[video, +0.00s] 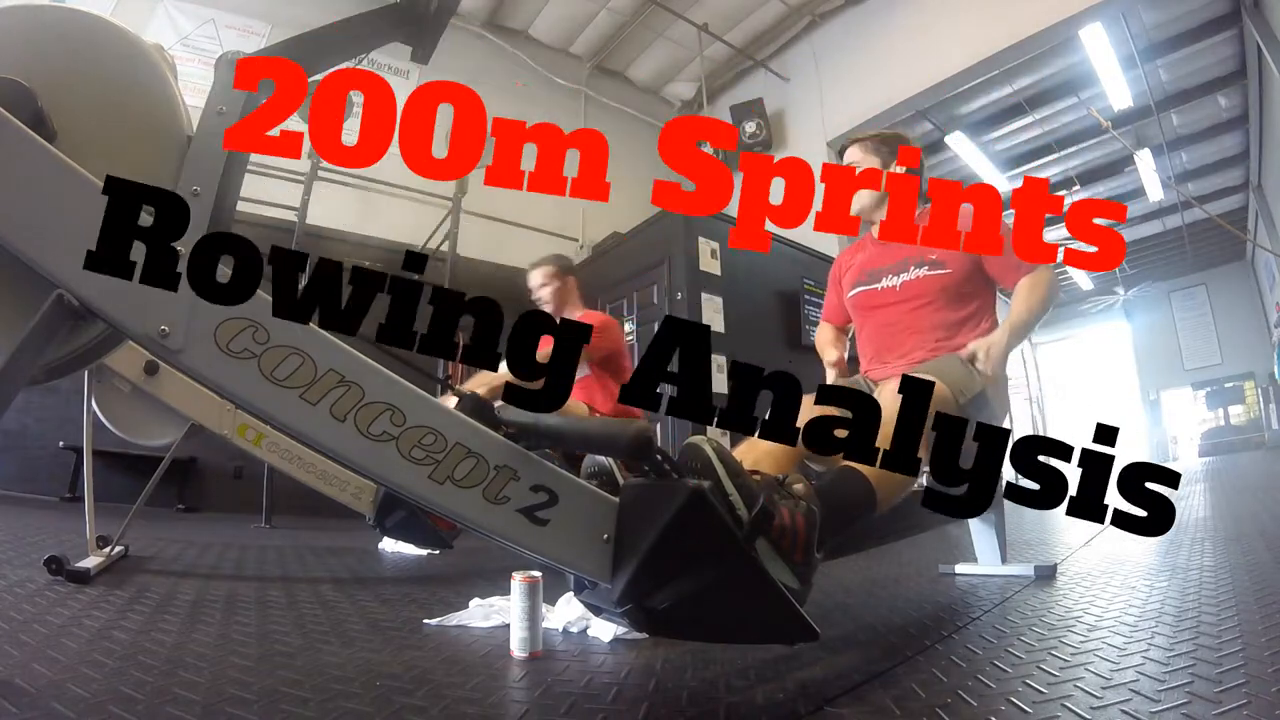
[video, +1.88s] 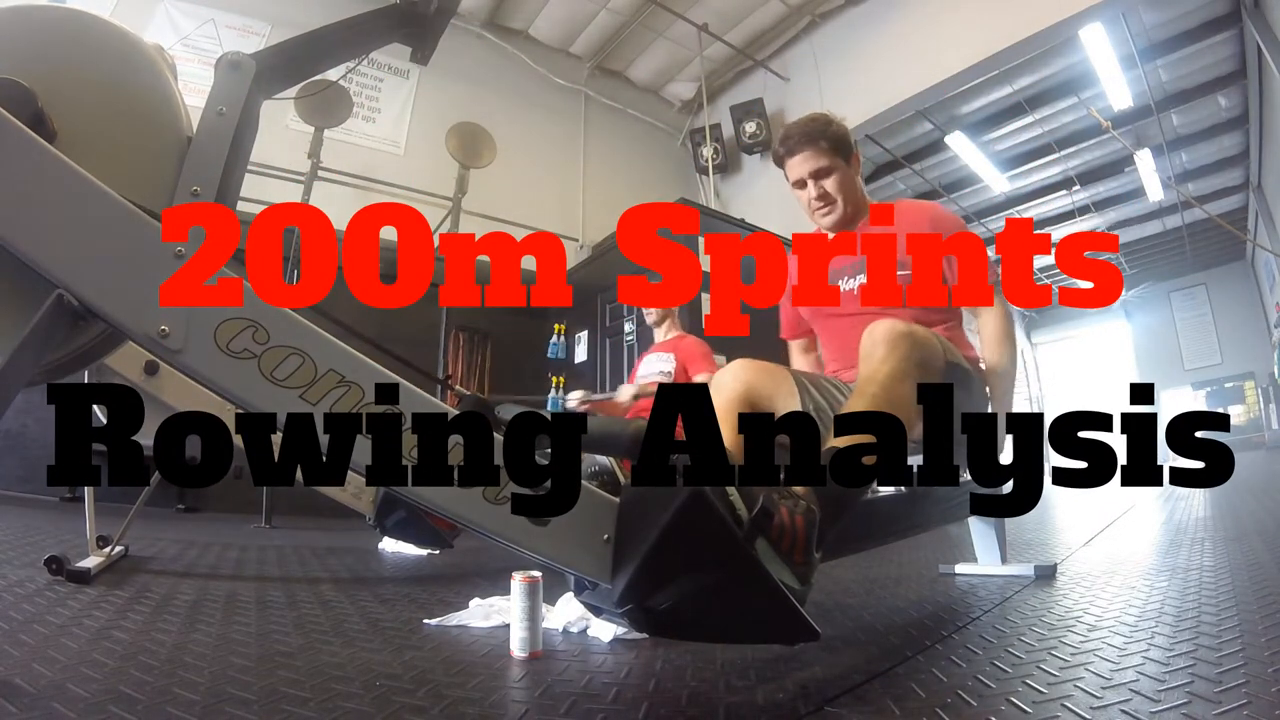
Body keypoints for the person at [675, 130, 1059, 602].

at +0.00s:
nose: (845, 181)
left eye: (856, 169)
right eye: (846, 171)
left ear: (896, 172)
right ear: (858, 180)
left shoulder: (960, 223)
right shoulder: (848, 261)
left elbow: (1038, 276)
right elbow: (830, 330)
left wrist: (1005, 337)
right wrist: (835, 357)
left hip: (956, 361)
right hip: (874, 386)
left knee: (910, 411)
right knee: (802, 419)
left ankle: (808, 506)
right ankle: (717, 494)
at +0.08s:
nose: (845, 183)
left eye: (855, 169)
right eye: (843, 175)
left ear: (897, 171)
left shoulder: (959, 223)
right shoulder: (850, 255)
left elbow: (1041, 274)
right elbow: (828, 329)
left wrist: (1000, 328)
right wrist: (833, 355)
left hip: (955, 362)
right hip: (872, 381)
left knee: (899, 397)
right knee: (786, 422)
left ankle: (813, 522)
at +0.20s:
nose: (848, 182)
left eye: (858, 168)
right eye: (847, 174)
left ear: (901, 170)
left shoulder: (961, 220)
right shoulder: (853, 253)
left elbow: (1043, 285)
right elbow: (832, 345)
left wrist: (984, 291)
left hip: (967, 374)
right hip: (875, 388)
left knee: (896, 396)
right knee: (790, 416)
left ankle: (819, 531)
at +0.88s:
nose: (838, 158)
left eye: (851, 145)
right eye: (829, 154)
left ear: (890, 152)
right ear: (827, 172)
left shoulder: (947, 206)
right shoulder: (828, 246)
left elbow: (1011, 284)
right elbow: (802, 328)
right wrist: (763, 335)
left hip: (960, 390)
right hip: (860, 394)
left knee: (896, 343)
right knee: (757, 382)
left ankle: (813, 508)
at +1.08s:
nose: (821, 159)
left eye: (833, 144)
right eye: (812, 155)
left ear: (873, 148)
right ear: (810, 169)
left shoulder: (938, 203)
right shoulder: (817, 245)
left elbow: (1005, 280)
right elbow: (796, 333)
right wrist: (733, 368)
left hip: (948, 383)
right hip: (847, 389)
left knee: (887, 327)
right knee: (741, 371)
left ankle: (809, 509)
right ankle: (714, 524)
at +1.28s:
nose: (813, 175)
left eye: (823, 158)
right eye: (801, 167)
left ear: (858, 154)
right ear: (794, 177)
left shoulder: (927, 212)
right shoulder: (803, 255)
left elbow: (990, 306)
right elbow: (790, 350)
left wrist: (1011, 415)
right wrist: (744, 400)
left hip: (948, 393)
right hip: (846, 398)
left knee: (874, 322)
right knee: (734, 365)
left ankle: (804, 508)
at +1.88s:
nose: (815, 193)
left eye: (824, 175)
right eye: (801, 185)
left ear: (855, 163)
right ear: (792, 191)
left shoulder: (927, 221)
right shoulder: (799, 258)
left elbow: (989, 309)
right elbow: (802, 350)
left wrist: (996, 414)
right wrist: (818, 414)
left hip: (945, 392)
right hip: (845, 399)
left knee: (888, 335)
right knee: (736, 377)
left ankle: (809, 505)